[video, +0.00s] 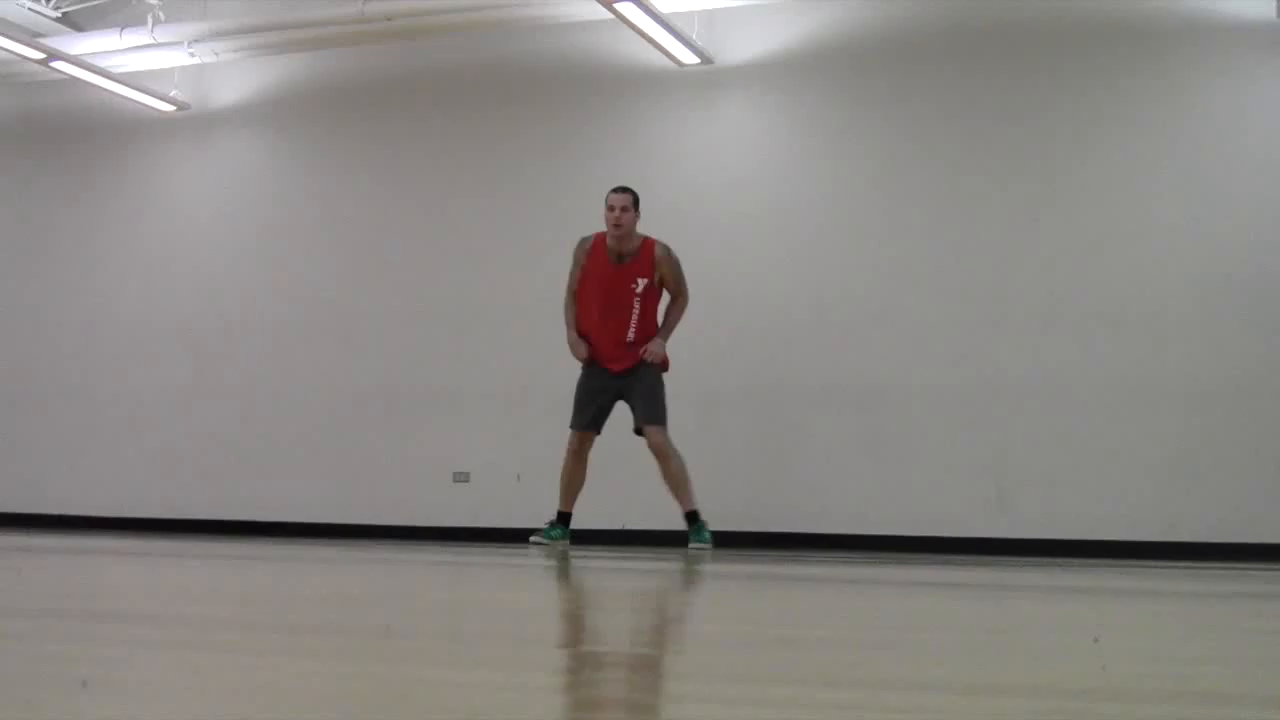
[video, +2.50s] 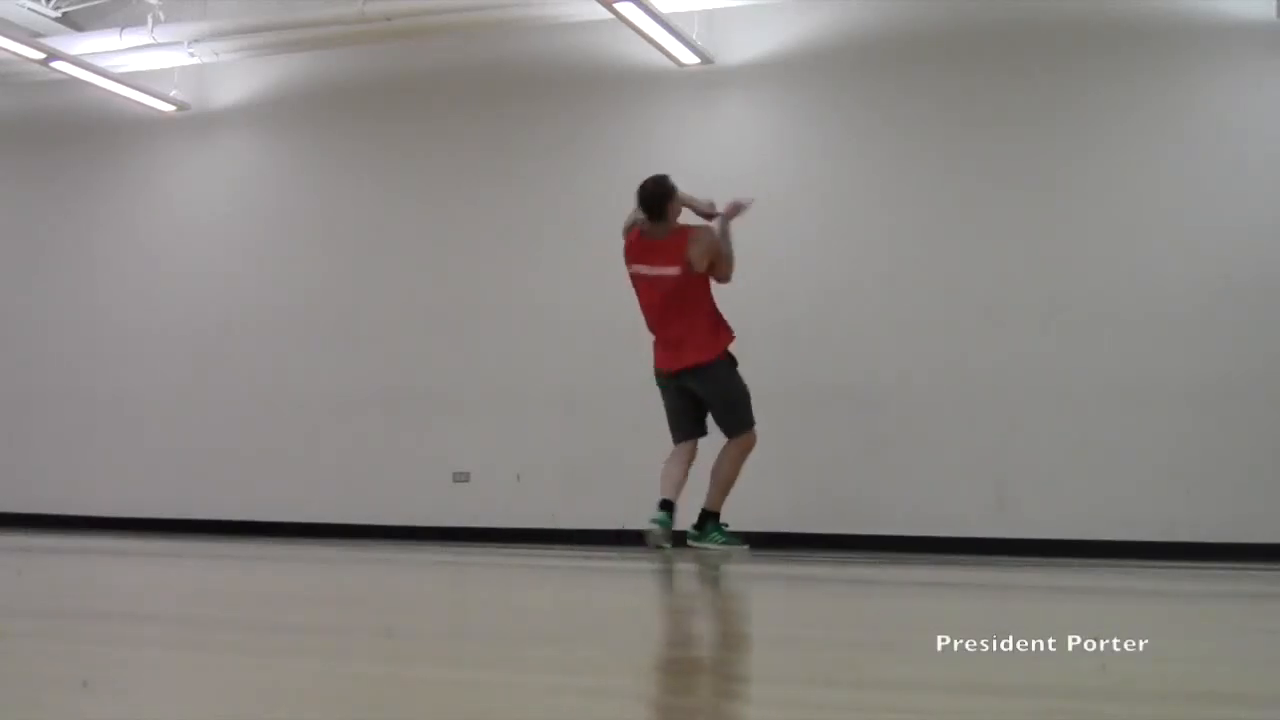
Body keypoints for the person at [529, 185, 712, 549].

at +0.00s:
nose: (616, 216)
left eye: (624, 210)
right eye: (611, 209)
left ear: (637, 216)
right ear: (604, 214)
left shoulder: (659, 256)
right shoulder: (587, 249)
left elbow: (679, 296)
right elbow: (572, 294)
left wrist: (661, 339)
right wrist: (573, 336)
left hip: (642, 365)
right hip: (598, 364)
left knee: (657, 440)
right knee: (578, 441)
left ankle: (695, 523)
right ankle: (561, 524)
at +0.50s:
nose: (616, 216)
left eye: (624, 211)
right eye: (611, 211)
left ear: (638, 219)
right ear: (604, 219)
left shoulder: (658, 254)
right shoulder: (589, 262)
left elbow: (700, 293)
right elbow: (552, 301)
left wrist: (667, 293)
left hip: (646, 371)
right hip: (605, 369)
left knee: (657, 448)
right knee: (573, 445)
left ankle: (707, 526)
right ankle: (561, 524)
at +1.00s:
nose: (610, 214)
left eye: (619, 209)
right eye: (606, 208)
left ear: (635, 217)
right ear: (601, 214)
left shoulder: (649, 262)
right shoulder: (589, 246)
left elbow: (696, 301)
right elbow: (549, 250)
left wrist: (743, 330)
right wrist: (526, 205)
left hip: (643, 373)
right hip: (600, 373)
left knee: (661, 448)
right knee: (575, 450)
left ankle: (710, 524)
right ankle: (548, 520)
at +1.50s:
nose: (621, 214)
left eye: (630, 209)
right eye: (617, 209)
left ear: (643, 219)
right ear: (610, 216)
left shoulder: (657, 264)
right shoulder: (596, 247)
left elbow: (710, 295)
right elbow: (557, 247)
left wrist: (764, 318)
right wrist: (521, 232)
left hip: (638, 378)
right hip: (594, 377)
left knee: (657, 450)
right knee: (571, 452)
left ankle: (711, 526)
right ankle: (547, 521)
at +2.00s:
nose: (652, 206)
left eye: (660, 200)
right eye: (647, 200)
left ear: (675, 206)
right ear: (642, 207)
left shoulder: (694, 246)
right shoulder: (630, 236)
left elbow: (747, 269)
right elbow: (582, 225)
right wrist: (582, 199)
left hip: (678, 356)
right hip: (635, 350)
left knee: (675, 436)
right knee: (632, 403)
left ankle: (676, 521)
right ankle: (621, 485)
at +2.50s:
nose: (679, 203)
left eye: (674, 197)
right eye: (675, 199)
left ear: (643, 209)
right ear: (673, 207)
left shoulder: (632, 238)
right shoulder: (698, 239)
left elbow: (659, 199)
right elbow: (724, 273)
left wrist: (699, 206)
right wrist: (724, 224)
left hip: (667, 363)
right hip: (708, 360)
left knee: (685, 442)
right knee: (742, 436)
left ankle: (663, 515)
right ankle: (708, 524)